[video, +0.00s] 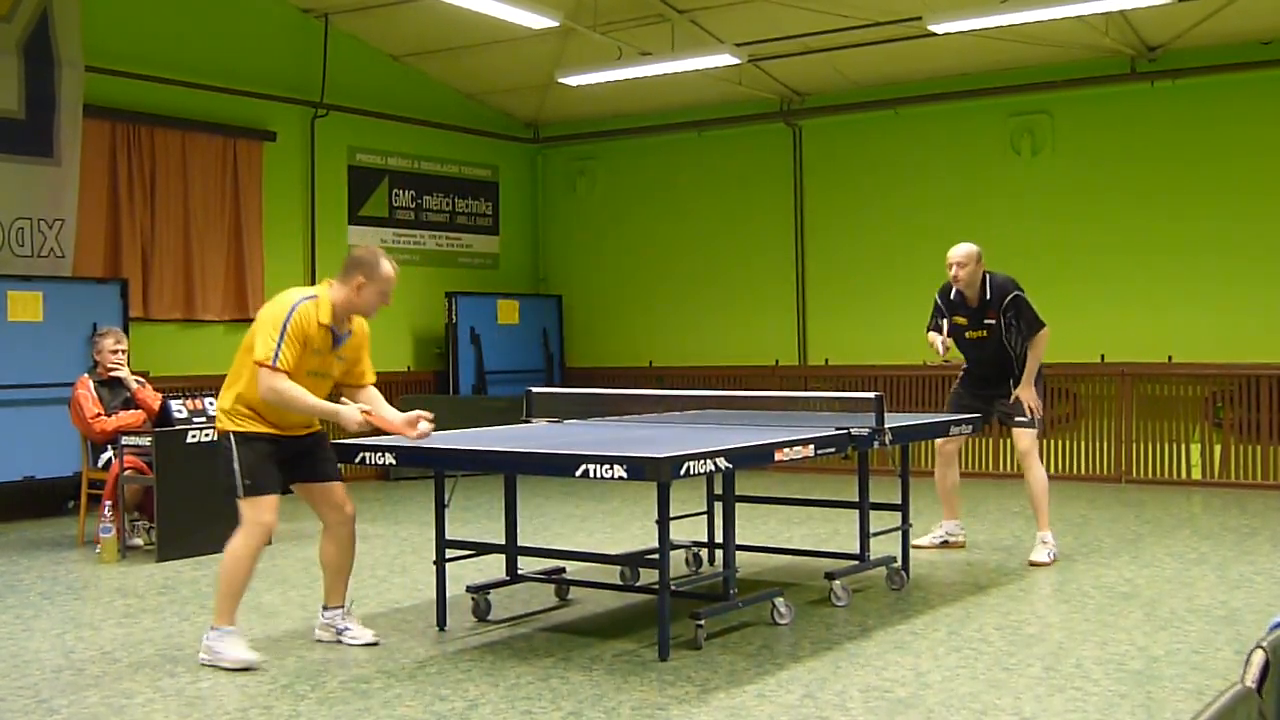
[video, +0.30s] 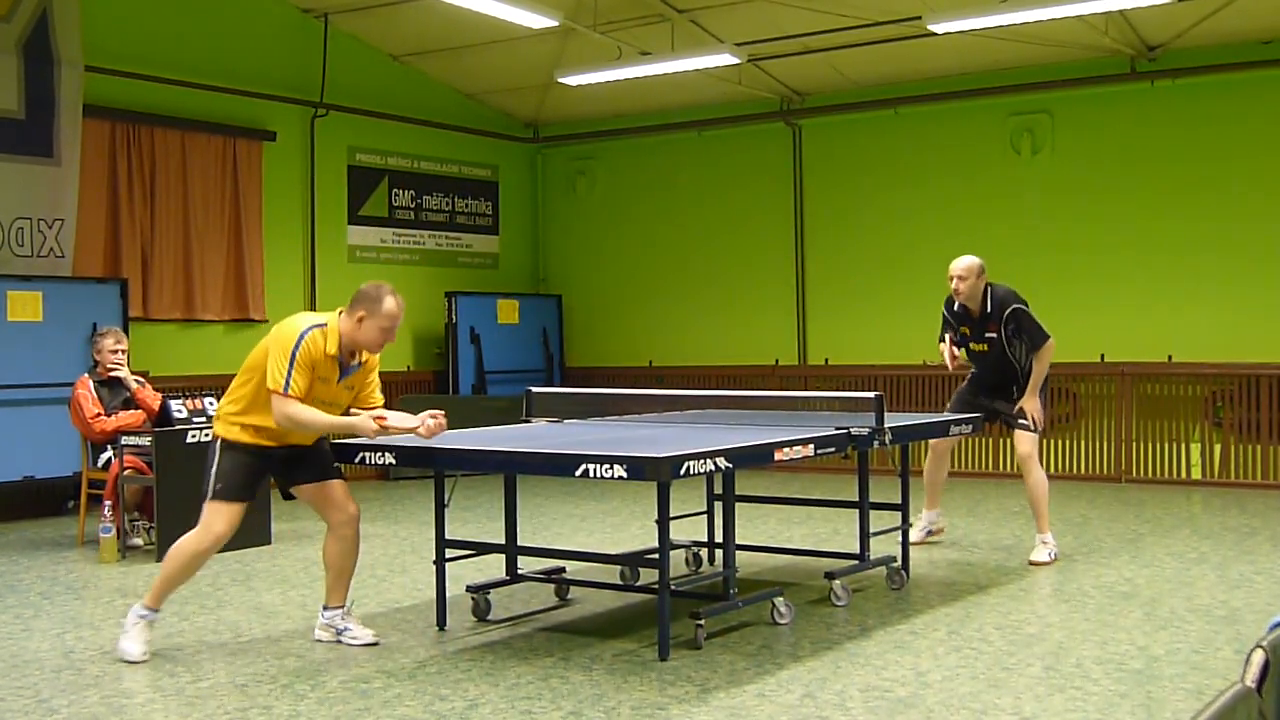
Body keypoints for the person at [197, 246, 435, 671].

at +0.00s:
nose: (387, 301)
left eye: (390, 292)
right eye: (385, 292)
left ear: (361, 285)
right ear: (358, 284)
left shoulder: (356, 328)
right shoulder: (293, 310)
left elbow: (360, 389)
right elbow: (269, 386)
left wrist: (398, 421)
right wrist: (336, 411)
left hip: (303, 426)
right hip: (248, 423)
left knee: (340, 514)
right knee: (258, 524)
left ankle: (333, 618)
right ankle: (220, 633)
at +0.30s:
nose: (390, 340)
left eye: (393, 332)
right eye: (387, 331)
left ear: (369, 323)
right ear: (357, 318)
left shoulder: (364, 356)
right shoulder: (299, 336)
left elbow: (370, 416)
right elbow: (284, 413)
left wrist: (416, 423)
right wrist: (354, 425)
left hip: (301, 438)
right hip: (243, 434)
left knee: (345, 515)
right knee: (214, 532)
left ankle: (334, 617)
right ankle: (143, 615)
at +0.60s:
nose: (370, 372)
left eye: (374, 363)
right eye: (365, 362)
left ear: (344, 355)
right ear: (335, 352)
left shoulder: (350, 385)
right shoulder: (282, 367)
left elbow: (350, 449)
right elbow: (285, 443)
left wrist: (397, 437)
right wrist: (351, 442)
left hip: (286, 467)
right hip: (228, 464)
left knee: (350, 515)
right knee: (197, 554)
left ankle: (334, 617)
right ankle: (137, 624)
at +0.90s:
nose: (368, 382)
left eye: (371, 373)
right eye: (362, 372)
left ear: (340, 367)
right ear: (331, 367)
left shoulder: (350, 396)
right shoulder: (283, 380)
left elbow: (347, 463)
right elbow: (288, 456)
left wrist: (391, 446)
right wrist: (360, 449)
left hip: (285, 478)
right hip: (230, 476)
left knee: (355, 515)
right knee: (199, 559)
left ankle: (335, 616)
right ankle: (139, 624)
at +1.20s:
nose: (366, 380)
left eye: (369, 371)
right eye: (359, 371)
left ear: (341, 368)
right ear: (327, 367)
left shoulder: (349, 395)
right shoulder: (280, 383)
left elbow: (348, 464)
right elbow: (288, 458)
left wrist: (391, 447)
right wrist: (359, 449)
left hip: (286, 481)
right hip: (232, 479)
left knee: (356, 516)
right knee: (200, 562)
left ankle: (335, 616)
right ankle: (139, 624)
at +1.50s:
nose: (342, 365)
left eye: (344, 356)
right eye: (335, 356)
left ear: (340, 353)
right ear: (304, 350)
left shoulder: (332, 379)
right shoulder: (259, 370)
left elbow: (347, 440)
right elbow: (280, 439)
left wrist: (394, 441)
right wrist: (347, 432)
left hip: (286, 474)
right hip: (227, 476)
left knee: (353, 516)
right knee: (196, 562)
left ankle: (335, 617)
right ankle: (141, 623)